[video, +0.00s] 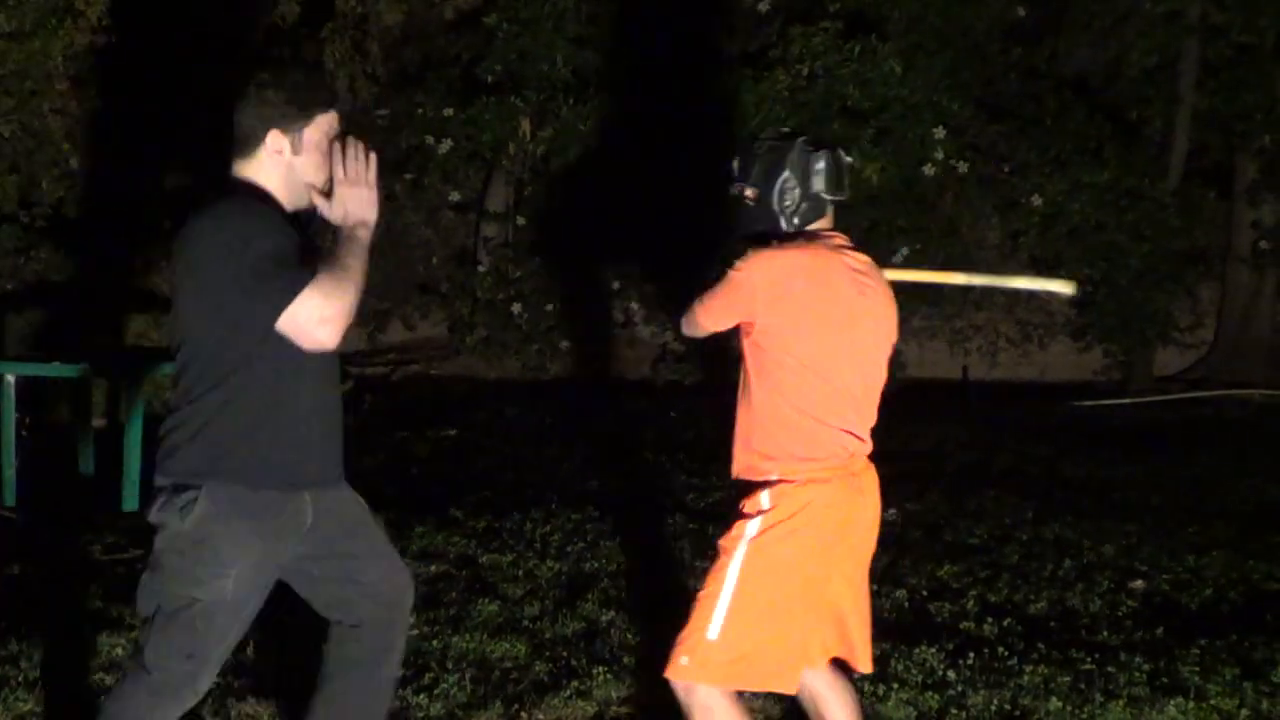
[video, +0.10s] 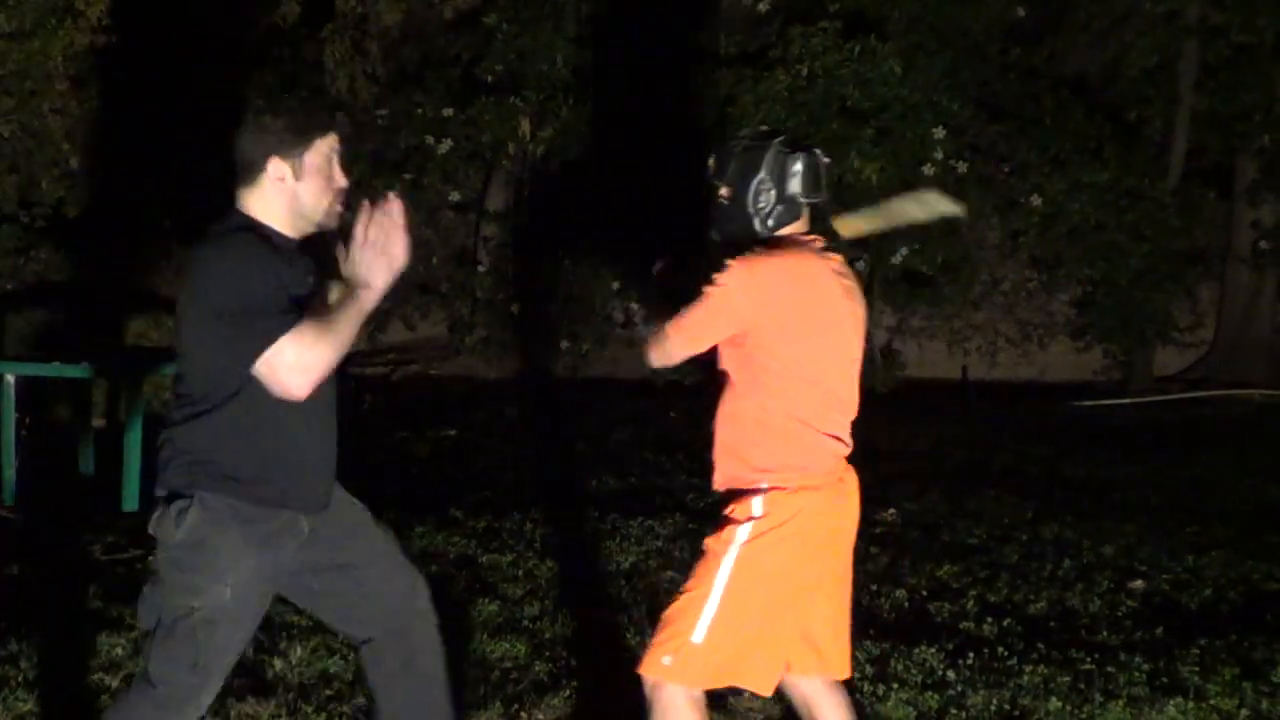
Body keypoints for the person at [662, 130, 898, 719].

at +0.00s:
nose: (747, 202)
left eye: (753, 192)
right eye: (750, 190)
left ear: (773, 202)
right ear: (828, 200)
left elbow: (694, 322)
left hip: (789, 502)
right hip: (854, 496)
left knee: (696, 676)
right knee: (808, 663)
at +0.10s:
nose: (721, 202)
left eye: (728, 191)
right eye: (726, 190)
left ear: (747, 204)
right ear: (805, 205)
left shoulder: (751, 279)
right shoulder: (842, 280)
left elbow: (661, 351)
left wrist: (643, 315)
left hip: (772, 505)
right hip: (830, 499)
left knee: (669, 676)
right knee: (808, 675)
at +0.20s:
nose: (693, 211)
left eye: (700, 199)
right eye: (695, 197)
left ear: (727, 207)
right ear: (771, 206)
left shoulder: (748, 290)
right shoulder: (799, 283)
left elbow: (642, 384)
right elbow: (684, 344)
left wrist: (593, 338)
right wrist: (618, 305)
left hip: (756, 513)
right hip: (804, 504)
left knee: (649, 678)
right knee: (787, 680)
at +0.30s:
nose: (675, 216)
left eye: (684, 205)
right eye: (679, 201)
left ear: (713, 215)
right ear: (748, 211)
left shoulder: (739, 297)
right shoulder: (774, 281)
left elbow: (637, 397)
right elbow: (653, 349)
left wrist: (548, 353)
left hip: (749, 509)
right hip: (787, 500)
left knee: (645, 676)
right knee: (762, 672)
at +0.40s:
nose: (679, 219)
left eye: (686, 208)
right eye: (682, 203)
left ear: (710, 216)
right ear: (751, 212)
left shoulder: (732, 297)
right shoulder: (786, 278)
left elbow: (638, 403)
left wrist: (573, 374)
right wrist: (619, 349)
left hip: (755, 504)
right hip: (801, 495)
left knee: (650, 670)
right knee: (754, 663)